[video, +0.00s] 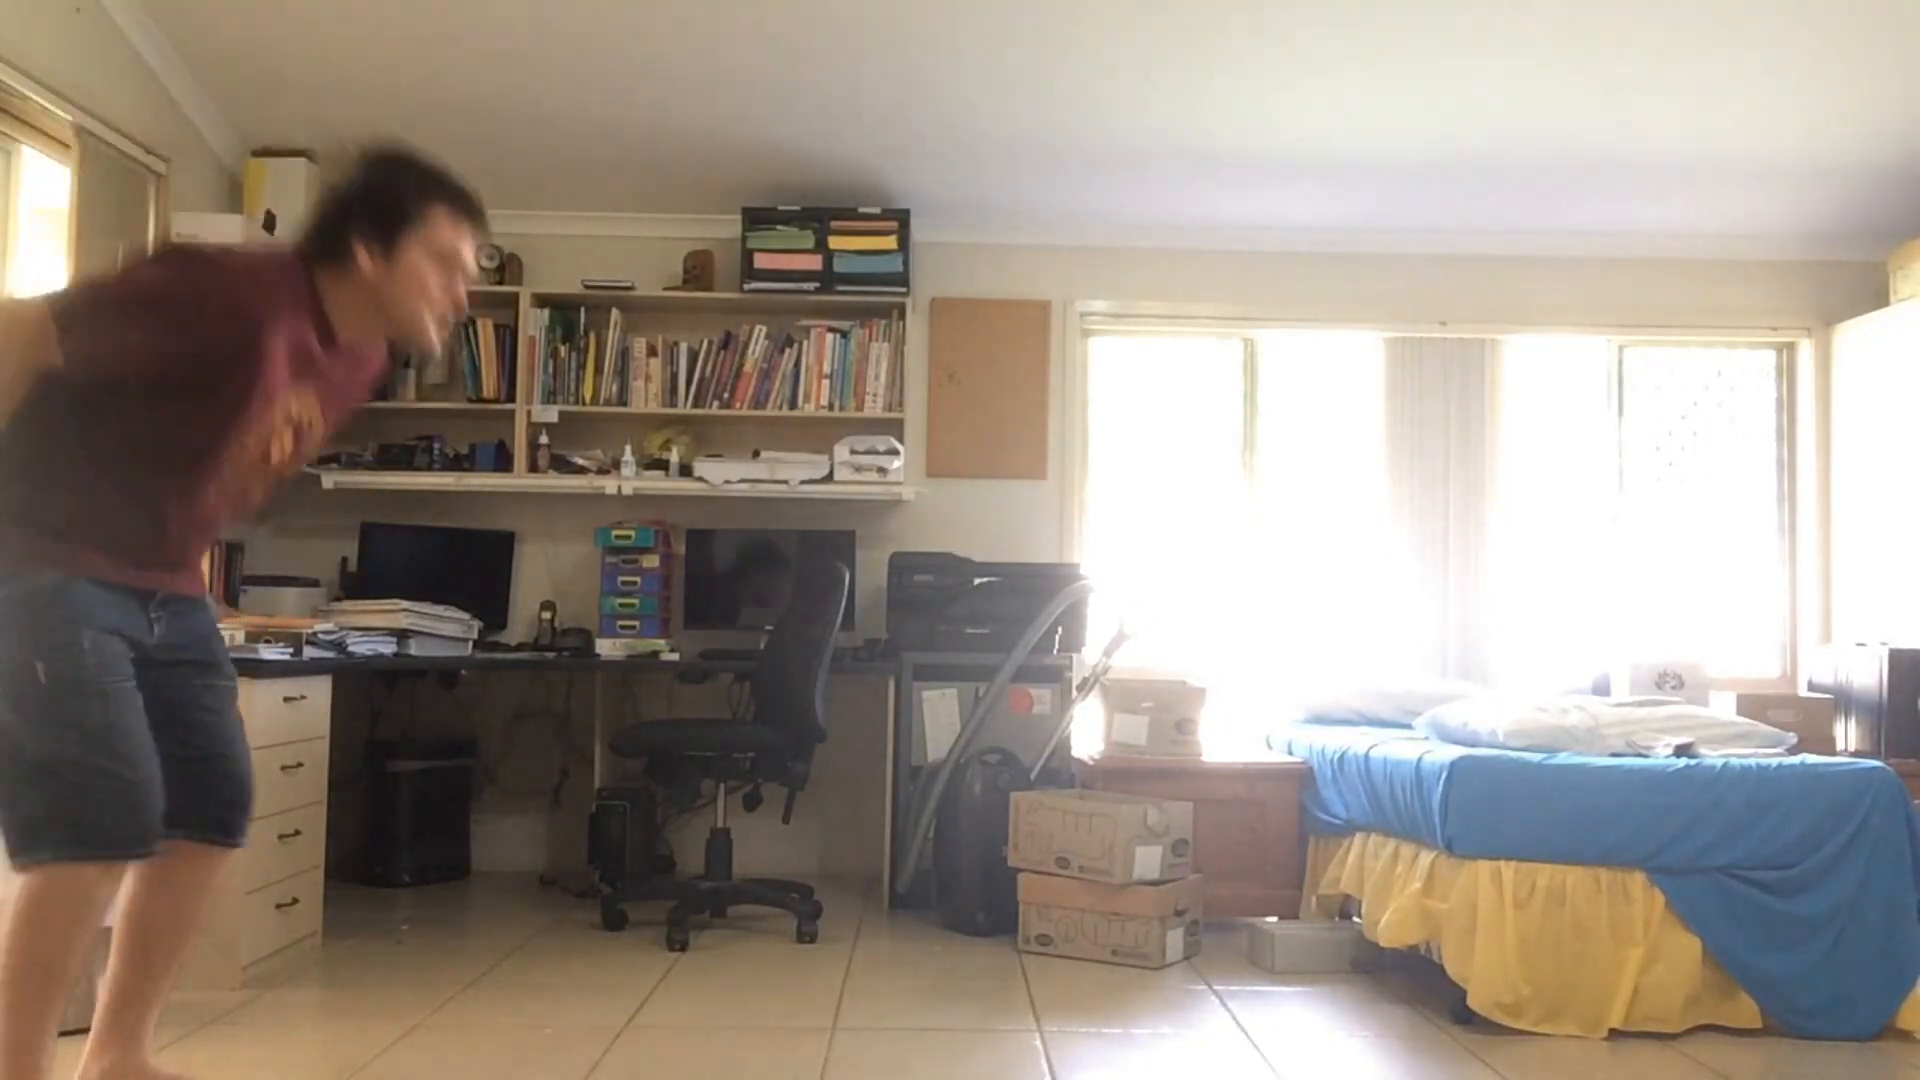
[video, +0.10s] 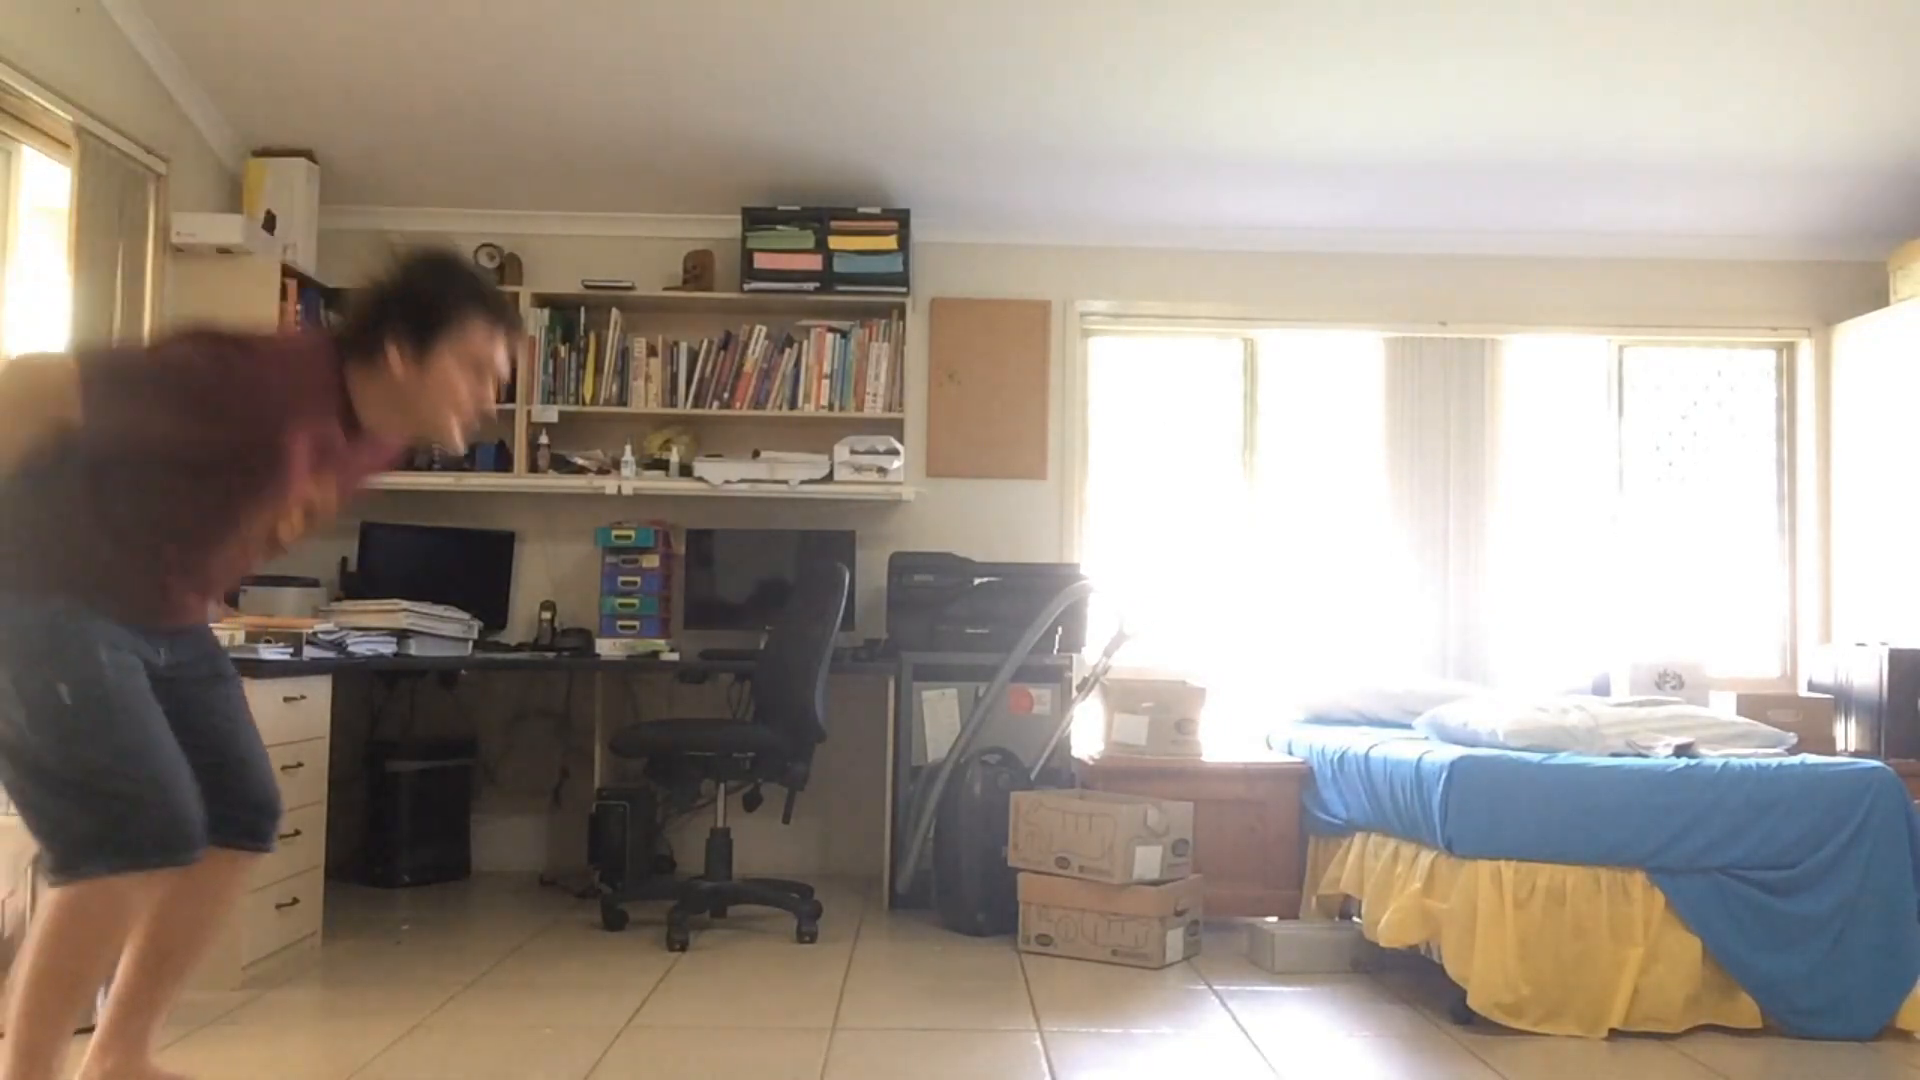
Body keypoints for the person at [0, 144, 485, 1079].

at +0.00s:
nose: (465, 292)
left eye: (471, 273)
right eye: (449, 262)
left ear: (383, 262)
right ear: (372, 248)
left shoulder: (360, 363)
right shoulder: (226, 290)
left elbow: (229, 476)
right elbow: (26, 333)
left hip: (166, 582)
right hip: (45, 567)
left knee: (208, 806)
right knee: (96, 815)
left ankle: (117, 1056)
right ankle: (20, 1063)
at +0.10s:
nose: (490, 400)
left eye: (498, 384)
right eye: (479, 373)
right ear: (404, 350)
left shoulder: (378, 438)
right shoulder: (250, 379)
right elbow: (32, 386)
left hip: (166, 604)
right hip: (47, 583)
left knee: (239, 816)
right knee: (134, 834)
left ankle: (118, 1059)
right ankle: (25, 1065)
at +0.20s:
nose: (519, 486)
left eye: (529, 466)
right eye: (509, 457)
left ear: (437, 442)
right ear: (435, 435)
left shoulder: (397, 504)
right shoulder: (294, 453)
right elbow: (68, 475)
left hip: (178, 643)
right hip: (56, 623)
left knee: (268, 839)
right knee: (184, 852)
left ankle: (120, 1061)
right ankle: (34, 1069)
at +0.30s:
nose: (553, 497)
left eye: (561, 475)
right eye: (543, 470)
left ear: (474, 461)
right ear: (471, 455)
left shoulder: (428, 526)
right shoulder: (312, 486)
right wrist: (16, 773)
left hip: (206, 675)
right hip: (92, 664)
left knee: (300, 870)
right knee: (229, 881)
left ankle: (119, 1063)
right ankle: (39, 1065)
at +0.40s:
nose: (580, 416)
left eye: (583, 398)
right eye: (568, 393)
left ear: (507, 396)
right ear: (495, 388)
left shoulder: (464, 488)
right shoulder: (366, 443)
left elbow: (383, 635)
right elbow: (241, 647)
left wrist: (497, 730)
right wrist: (340, 821)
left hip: (216, 669)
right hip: (123, 667)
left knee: (323, 893)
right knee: (270, 907)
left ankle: (132, 1053)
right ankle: (47, 1067)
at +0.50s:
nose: (606, 282)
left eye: (606, 260)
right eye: (590, 257)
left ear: (547, 271)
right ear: (518, 264)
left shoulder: (525, 378)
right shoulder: (438, 340)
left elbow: (528, 507)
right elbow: (386, 508)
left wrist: (653, 489)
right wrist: (566, 535)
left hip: (345, 656)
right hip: (228, 643)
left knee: (372, 898)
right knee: (300, 912)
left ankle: (145, 1042)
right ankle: (53, 1063)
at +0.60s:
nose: (665, 135)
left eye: (666, 112)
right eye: (651, 109)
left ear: (598, 117)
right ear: (579, 111)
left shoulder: (575, 230)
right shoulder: (516, 188)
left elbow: (600, 320)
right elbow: (419, 267)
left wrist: (688, 347)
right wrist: (595, 372)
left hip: (490, 596)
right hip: (409, 583)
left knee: (363, 869)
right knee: (289, 860)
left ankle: (187, 1021)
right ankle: (65, 1050)